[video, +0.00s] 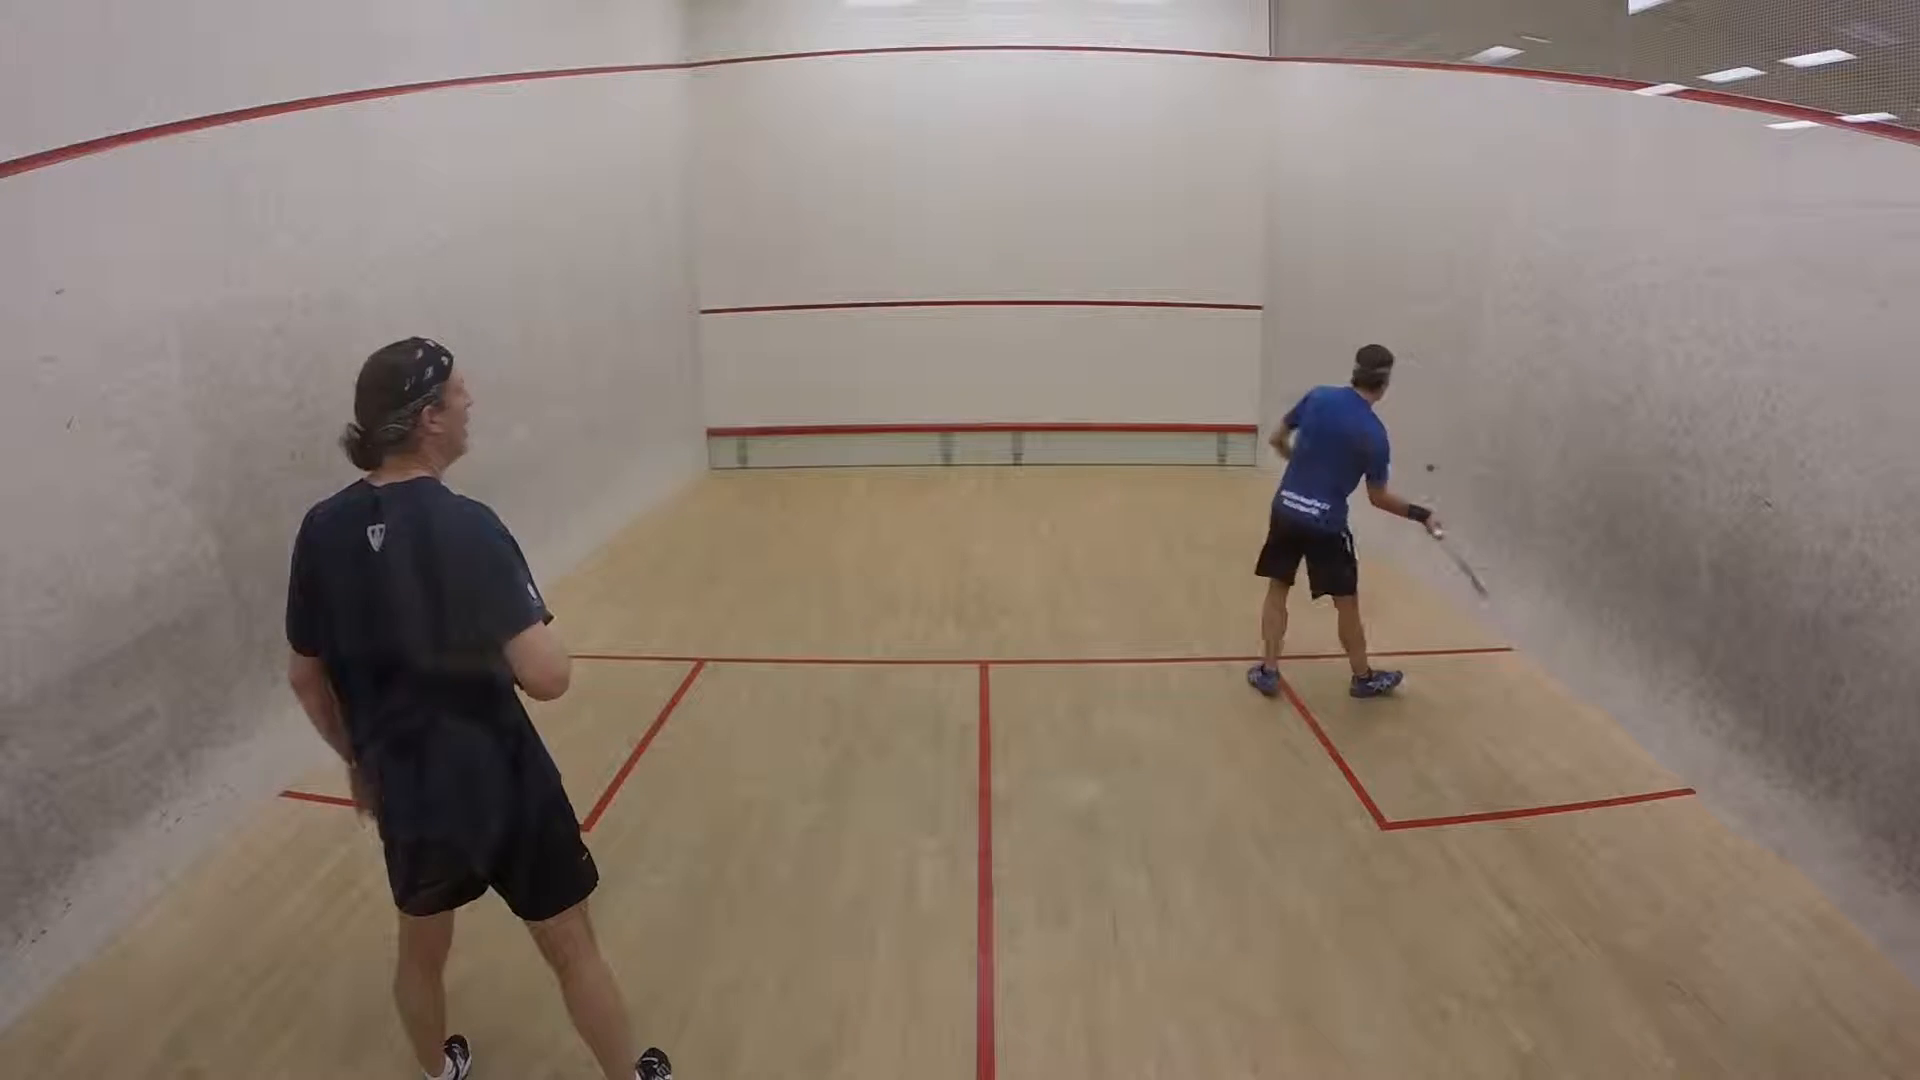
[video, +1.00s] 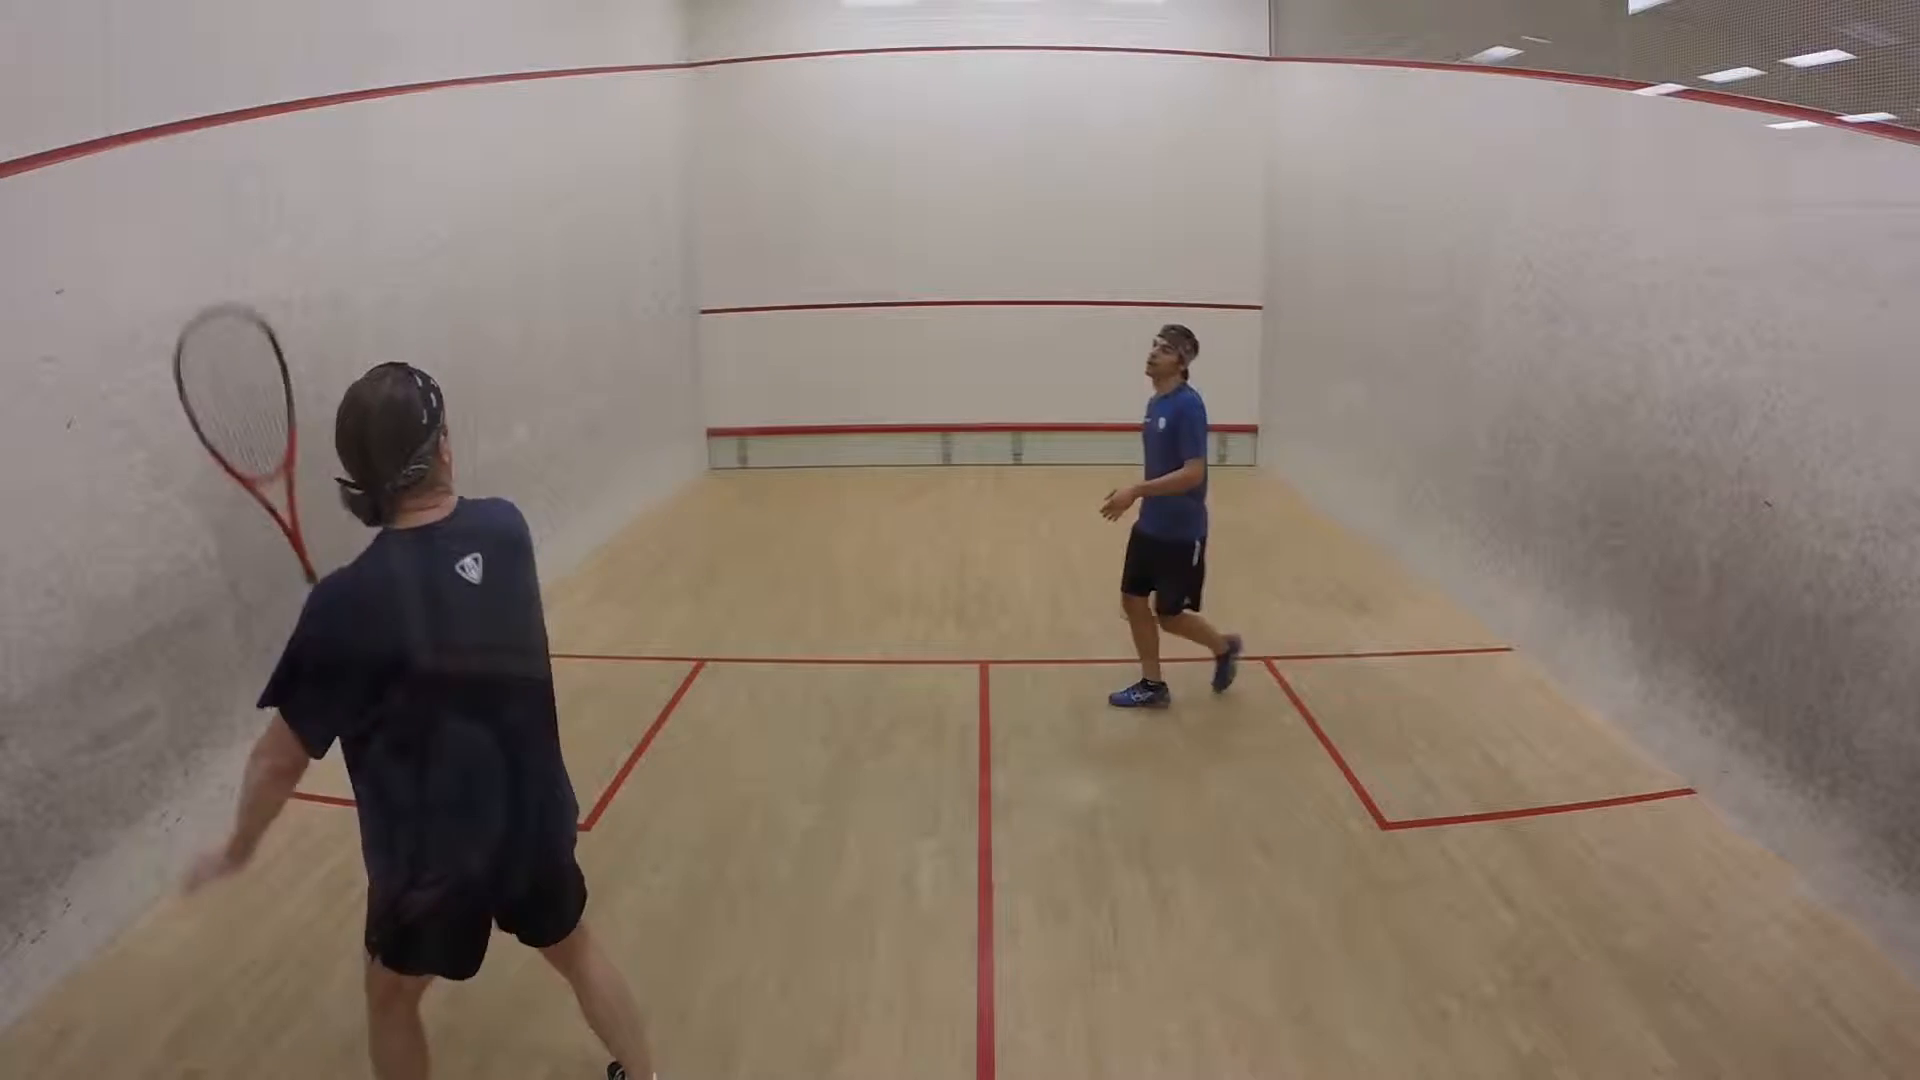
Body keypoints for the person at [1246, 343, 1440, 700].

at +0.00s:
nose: (1388, 387)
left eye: (1386, 380)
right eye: (1388, 381)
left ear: (1354, 374)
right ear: (1383, 384)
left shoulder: (1319, 396)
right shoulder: (1374, 434)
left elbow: (1277, 439)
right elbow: (1378, 497)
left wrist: (1299, 461)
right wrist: (1421, 514)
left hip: (1286, 513)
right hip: (1327, 526)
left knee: (1277, 588)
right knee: (1346, 602)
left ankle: (1269, 671)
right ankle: (1363, 676)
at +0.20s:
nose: (1325, 364)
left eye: (1314, 355)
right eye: (1332, 360)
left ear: (1307, 359)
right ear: (1338, 366)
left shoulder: (1281, 395)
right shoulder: (1340, 413)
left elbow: (1250, 446)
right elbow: (1330, 456)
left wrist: (1225, 459)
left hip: (1267, 518)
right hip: (1311, 521)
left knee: (1258, 590)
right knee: (1328, 591)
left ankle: (1269, 672)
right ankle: (1346, 665)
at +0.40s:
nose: (1258, 348)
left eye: (1260, 343)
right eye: (1264, 343)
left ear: (1260, 348)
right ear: (1291, 351)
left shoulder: (1271, 391)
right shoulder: (1293, 389)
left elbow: (1263, 453)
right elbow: (1269, 453)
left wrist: (1209, 460)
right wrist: (1221, 474)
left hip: (1268, 511)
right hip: (1292, 506)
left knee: (1257, 585)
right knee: (1270, 579)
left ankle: (1269, 672)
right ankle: (1277, 650)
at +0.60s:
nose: (1214, 346)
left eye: (1219, 340)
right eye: (1217, 339)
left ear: (1235, 349)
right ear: (1238, 350)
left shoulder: (1260, 396)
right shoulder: (1237, 396)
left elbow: (1269, 461)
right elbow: (1234, 459)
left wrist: (1216, 481)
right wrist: (1207, 499)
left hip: (1262, 516)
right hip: (1236, 511)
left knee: (1266, 593)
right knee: (1208, 577)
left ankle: (1275, 666)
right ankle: (1198, 654)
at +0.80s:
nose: (1183, 351)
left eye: (1192, 348)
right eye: (1188, 346)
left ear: (1208, 360)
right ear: (1203, 360)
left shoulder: (1226, 407)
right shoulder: (1194, 404)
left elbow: (1233, 474)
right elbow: (1203, 464)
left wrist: (1172, 487)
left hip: (1228, 527)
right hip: (1194, 523)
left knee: (1245, 600)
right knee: (1171, 597)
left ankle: (1270, 663)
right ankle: (1160, 682)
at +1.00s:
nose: (1152, 353)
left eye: (1162, 350)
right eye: (1153, 347)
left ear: (1181, 362)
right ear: (1154, 355)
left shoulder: (1188, 405)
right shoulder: (1155, 404)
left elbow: (1194, 473)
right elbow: (1162, 466)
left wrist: (1135, 492)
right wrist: (1146, 510)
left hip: (1183, 530)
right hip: (1151, 523)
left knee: (1170, 615)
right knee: (1134, 601)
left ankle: (1224, 646)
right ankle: (1153, 683)